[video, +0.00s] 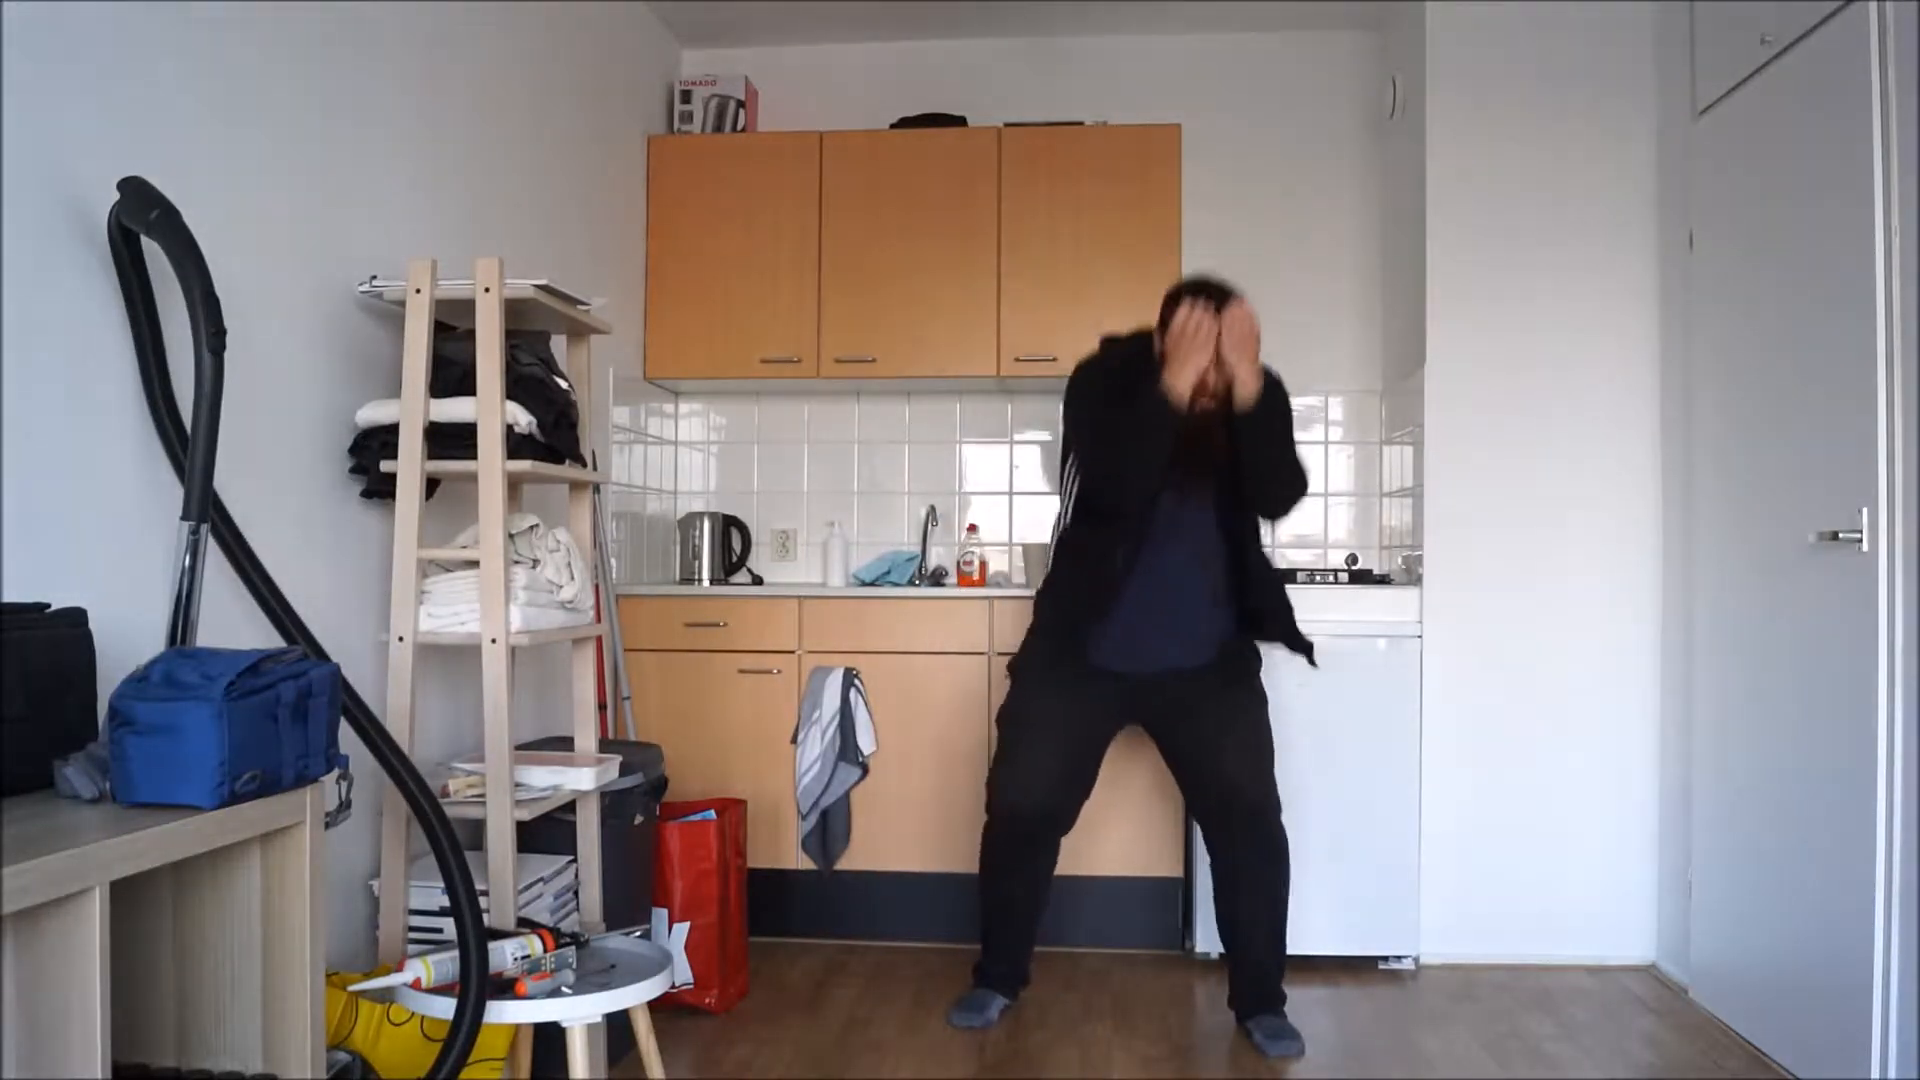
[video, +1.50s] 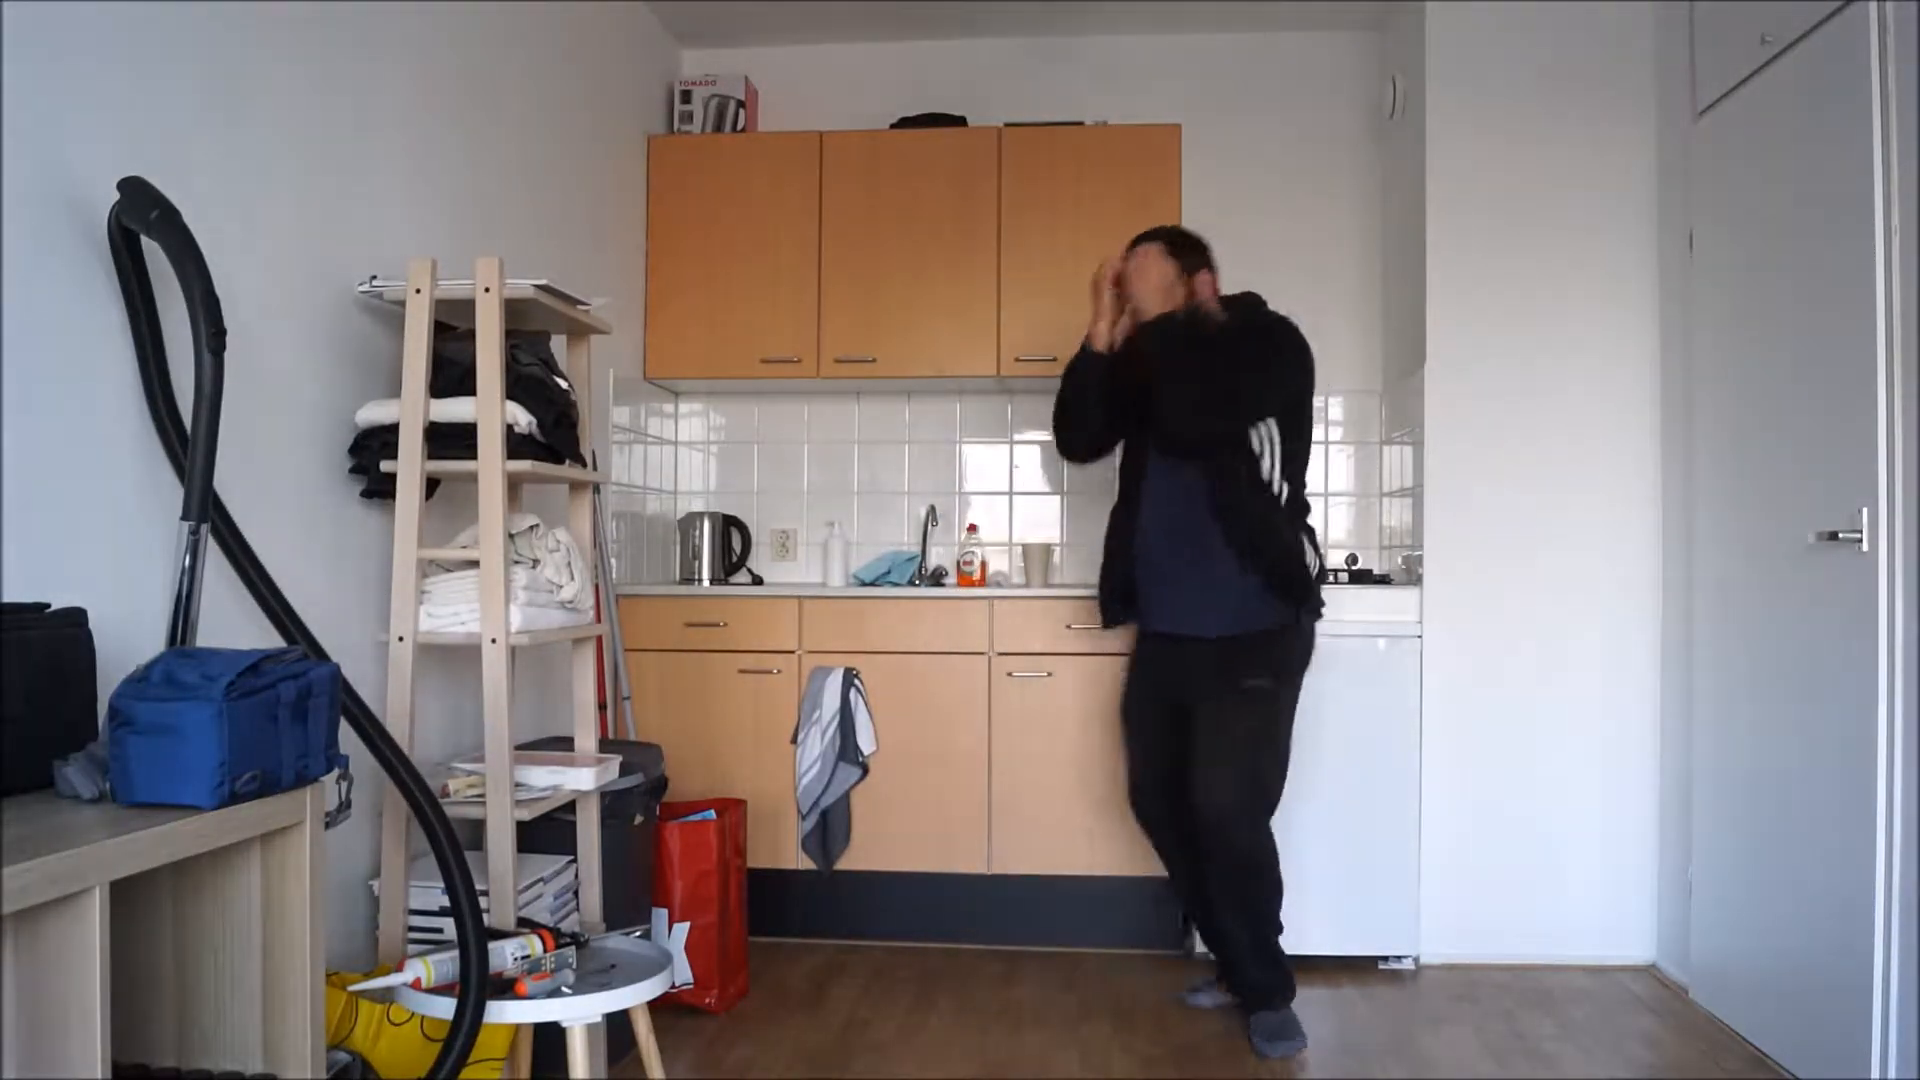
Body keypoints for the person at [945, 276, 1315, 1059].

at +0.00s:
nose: (1205, 354)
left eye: (1221, 344)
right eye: (1193, 339)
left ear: (1237, 345)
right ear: (1164, 331)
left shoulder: (1256, 398)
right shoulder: (1107, 380)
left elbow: (1277, 496)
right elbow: (1107, 487)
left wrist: (1251, 386)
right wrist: (1171, 388)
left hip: (1205, 658)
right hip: (1082, 649)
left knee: (1249, 823)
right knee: (1022, 809)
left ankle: (1261, 1002)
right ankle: (998, 979)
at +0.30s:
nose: (1056, 398)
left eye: (1067, 385)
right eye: (1049, 389)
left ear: (1109, 375)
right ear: (1044, 387)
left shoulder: (1183, 411)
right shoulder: (1031, 418)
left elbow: (1160, 526)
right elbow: (1000, 537)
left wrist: (1098, 435)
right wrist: (1030, 440)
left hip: (1186, 667)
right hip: (1068, 662)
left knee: (1235, 828)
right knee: (1005, 809)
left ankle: (1259, 1001)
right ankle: (997, 978)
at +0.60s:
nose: (1025, 316)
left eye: (1039, 301)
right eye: (1016, 307)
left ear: (1088, 314)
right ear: (1018, 324)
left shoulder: (1157, 362)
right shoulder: (1022, 382)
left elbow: (1120, 451)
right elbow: (964, 471)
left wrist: (1063, 352)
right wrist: (995, 360)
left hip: (1170, 645)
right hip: (1054, 648)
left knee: (1227, 819)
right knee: (1007, 807)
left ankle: (1259, 1001)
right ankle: (997, 979)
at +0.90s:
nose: (1156, 442)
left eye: (1170, 431)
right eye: (1141, 430)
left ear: (1191, 417)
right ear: (1113, 414)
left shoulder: (1220, 441)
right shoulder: (1064, 440)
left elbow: (1234, 571)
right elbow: (1070, 562)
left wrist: (1201, 474)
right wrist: (1123, 476)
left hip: (1180, 681)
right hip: (1060, 683)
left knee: (1255, 832)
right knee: (1015, 832)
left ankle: (1261, 1004)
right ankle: (997, 978)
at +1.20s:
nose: (1225, 301)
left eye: (1239, 288)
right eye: (1213, 283)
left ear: (1260, 295)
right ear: (1181, 285)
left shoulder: (1281, 359)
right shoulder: (1130, 340)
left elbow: (1296, 441)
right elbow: (1117, 425)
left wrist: (1265, 323)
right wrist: (1183, 316)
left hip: (1235, 639)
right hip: (1118, 630)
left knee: (1262, 817)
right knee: (1066, 789)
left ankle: (1260, 1001)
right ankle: (1073, 961)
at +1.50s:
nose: (1123, 285)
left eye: (1137, 269)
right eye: (1120, 277)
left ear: (1197, 280)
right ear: (1129, 296)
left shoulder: (1270, 341)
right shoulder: (1138, 358)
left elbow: (1213, 405)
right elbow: (1078, 440)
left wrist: (1163, 321)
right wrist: (1100, 331)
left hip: (1256, 628)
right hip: (1167, 630)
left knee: (1228, 809)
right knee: (1159, 800)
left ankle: (1267, 997)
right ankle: (1237, 959)